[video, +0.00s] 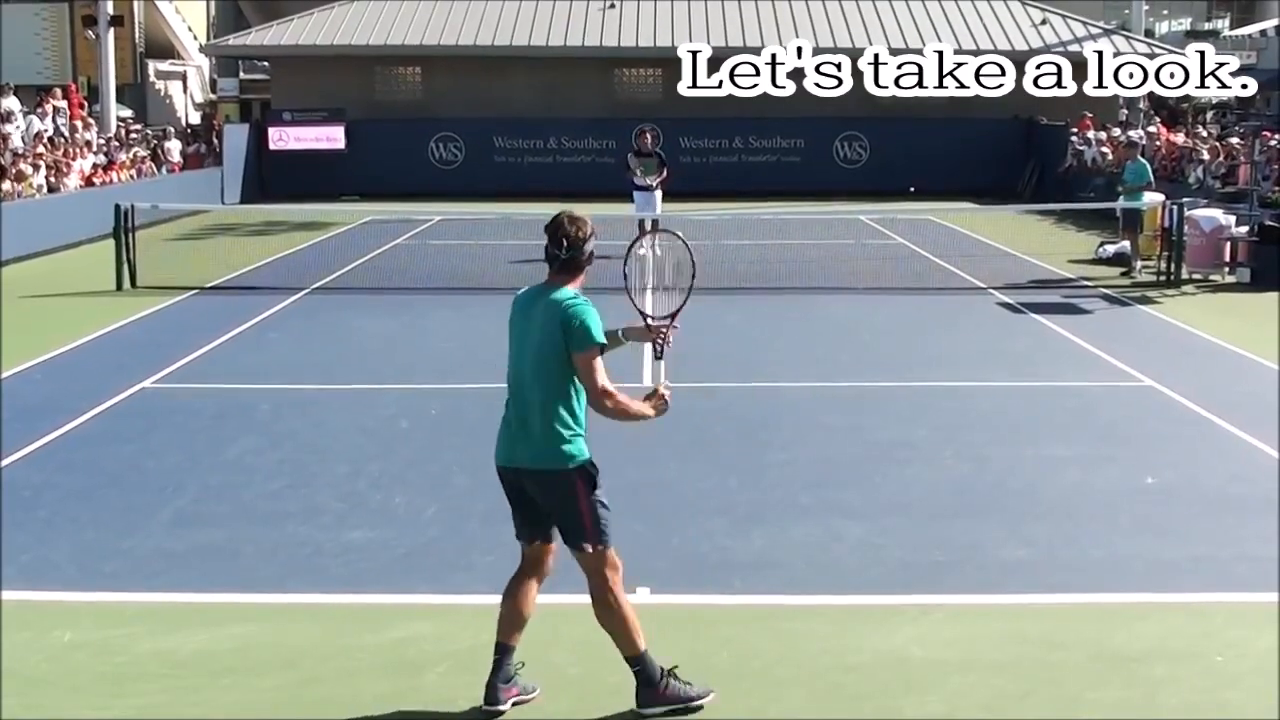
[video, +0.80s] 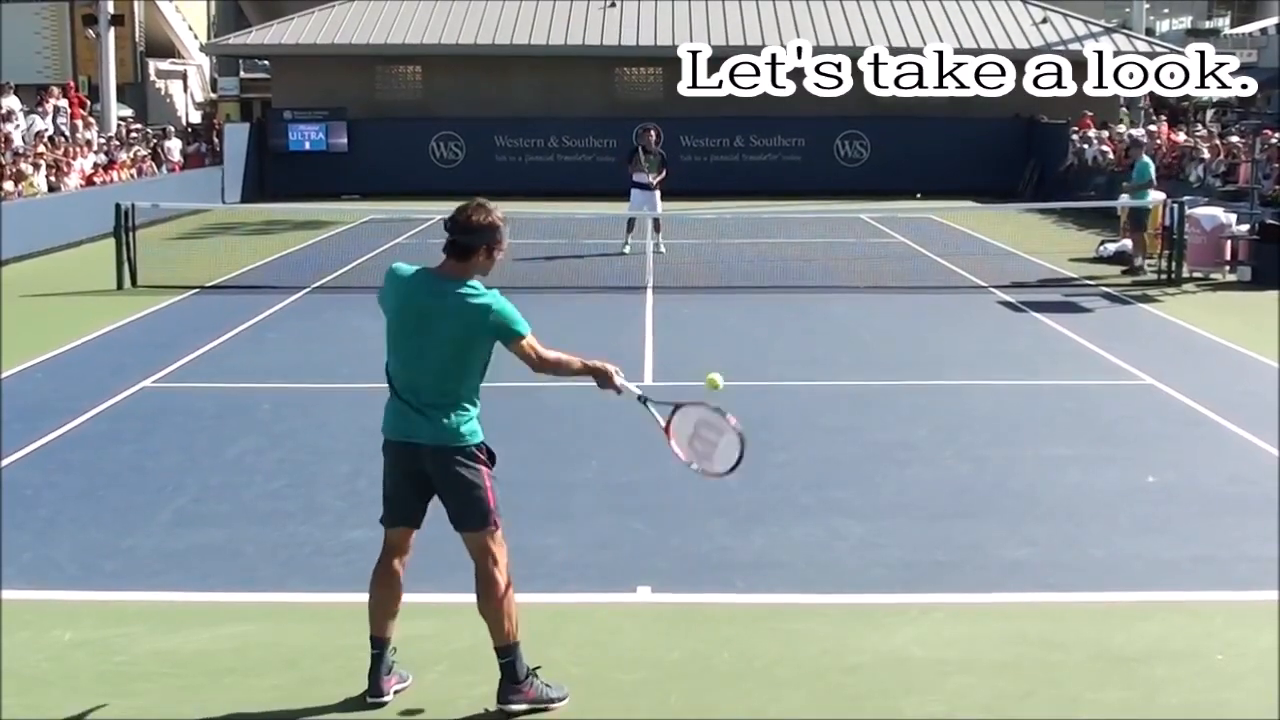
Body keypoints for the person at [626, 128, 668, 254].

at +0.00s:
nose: (646, 141)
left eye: (648, 138)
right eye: (643, 139)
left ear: (652, 140)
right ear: (638, 141)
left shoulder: (657, 154)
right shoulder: (633, 156)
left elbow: (664, 171)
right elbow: (630, 172)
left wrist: (656, 181)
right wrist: (636, 174)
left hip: (654, 189)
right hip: (640, 189)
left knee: (655, 217)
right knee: (641, 218)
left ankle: (655, 242)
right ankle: (643, 244)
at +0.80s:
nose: (650, 138)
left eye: (652, 136)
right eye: (647, 136)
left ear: (656, 138)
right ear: (643, 138)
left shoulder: (660, 154)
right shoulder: (636, 152)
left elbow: (664, 171)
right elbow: (631, 170)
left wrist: (656, 180)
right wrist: (639, 166)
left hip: (653, 187)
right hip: (638, 187)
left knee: (656, 215)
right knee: (632, 215)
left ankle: (659, 242)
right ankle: (627, 242)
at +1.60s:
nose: (660, 146)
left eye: (661, 143)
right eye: (658, 142)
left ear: (662, 145)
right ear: (651, 142)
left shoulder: (659, 162)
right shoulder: (637, 152)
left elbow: (656, 179)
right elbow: (623, 163)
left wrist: (662, 193)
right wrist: (623, 173)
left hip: (648, 189)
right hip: (633, 188)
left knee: (653, 216)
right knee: (634, 215)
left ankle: (661, 243)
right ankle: (629, 244)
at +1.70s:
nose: (657, 145)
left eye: (658, 143)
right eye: (655, 142)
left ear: (659, 145)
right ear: (648, 142)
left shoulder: (657, 162)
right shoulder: (635, 152)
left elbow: (653, 179)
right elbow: (622, 163)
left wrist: (654, 191)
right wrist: (619, 173)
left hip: (645, 189)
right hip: (631, 187)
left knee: (651, 216)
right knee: (632, 216)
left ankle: (660, 243)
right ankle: (629, 245)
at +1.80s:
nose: (653, 144)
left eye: (655, 141)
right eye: (651, 141)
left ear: (657, 144)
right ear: (645, 141)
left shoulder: (655, 161)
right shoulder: (633, 151)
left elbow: (651, 177)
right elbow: (620, 162)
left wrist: (649, 189)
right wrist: (617, 174)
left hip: (642, 189)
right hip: (628, 187)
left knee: (649, 216)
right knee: (630, 215)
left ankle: (655, 243)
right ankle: (628, 244)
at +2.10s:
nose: (650, 139)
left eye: (652, 137)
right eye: (647, 136)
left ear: (654, 139)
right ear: (641, 138)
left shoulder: (656, 156)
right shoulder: (632, 151)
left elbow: (654, 173)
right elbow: (622, 164)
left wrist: (650, 185)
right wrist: (623, 177)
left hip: (646, 186)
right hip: (631, 185)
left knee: (651, 214)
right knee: (631, 214)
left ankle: (653, 240)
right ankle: (628, 242)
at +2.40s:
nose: (650, 137)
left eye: (652, 135)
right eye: (648, 135)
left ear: (656, 137)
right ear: (643, 137)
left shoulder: (660, 154)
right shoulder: (636, 150)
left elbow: (662, 171)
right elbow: (628, 166)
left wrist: (655, 181)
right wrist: (634, 178)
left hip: (651, 187)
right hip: (636, 186)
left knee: (652, 215)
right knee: (631, 214)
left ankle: (652, 242)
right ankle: (625, 240)